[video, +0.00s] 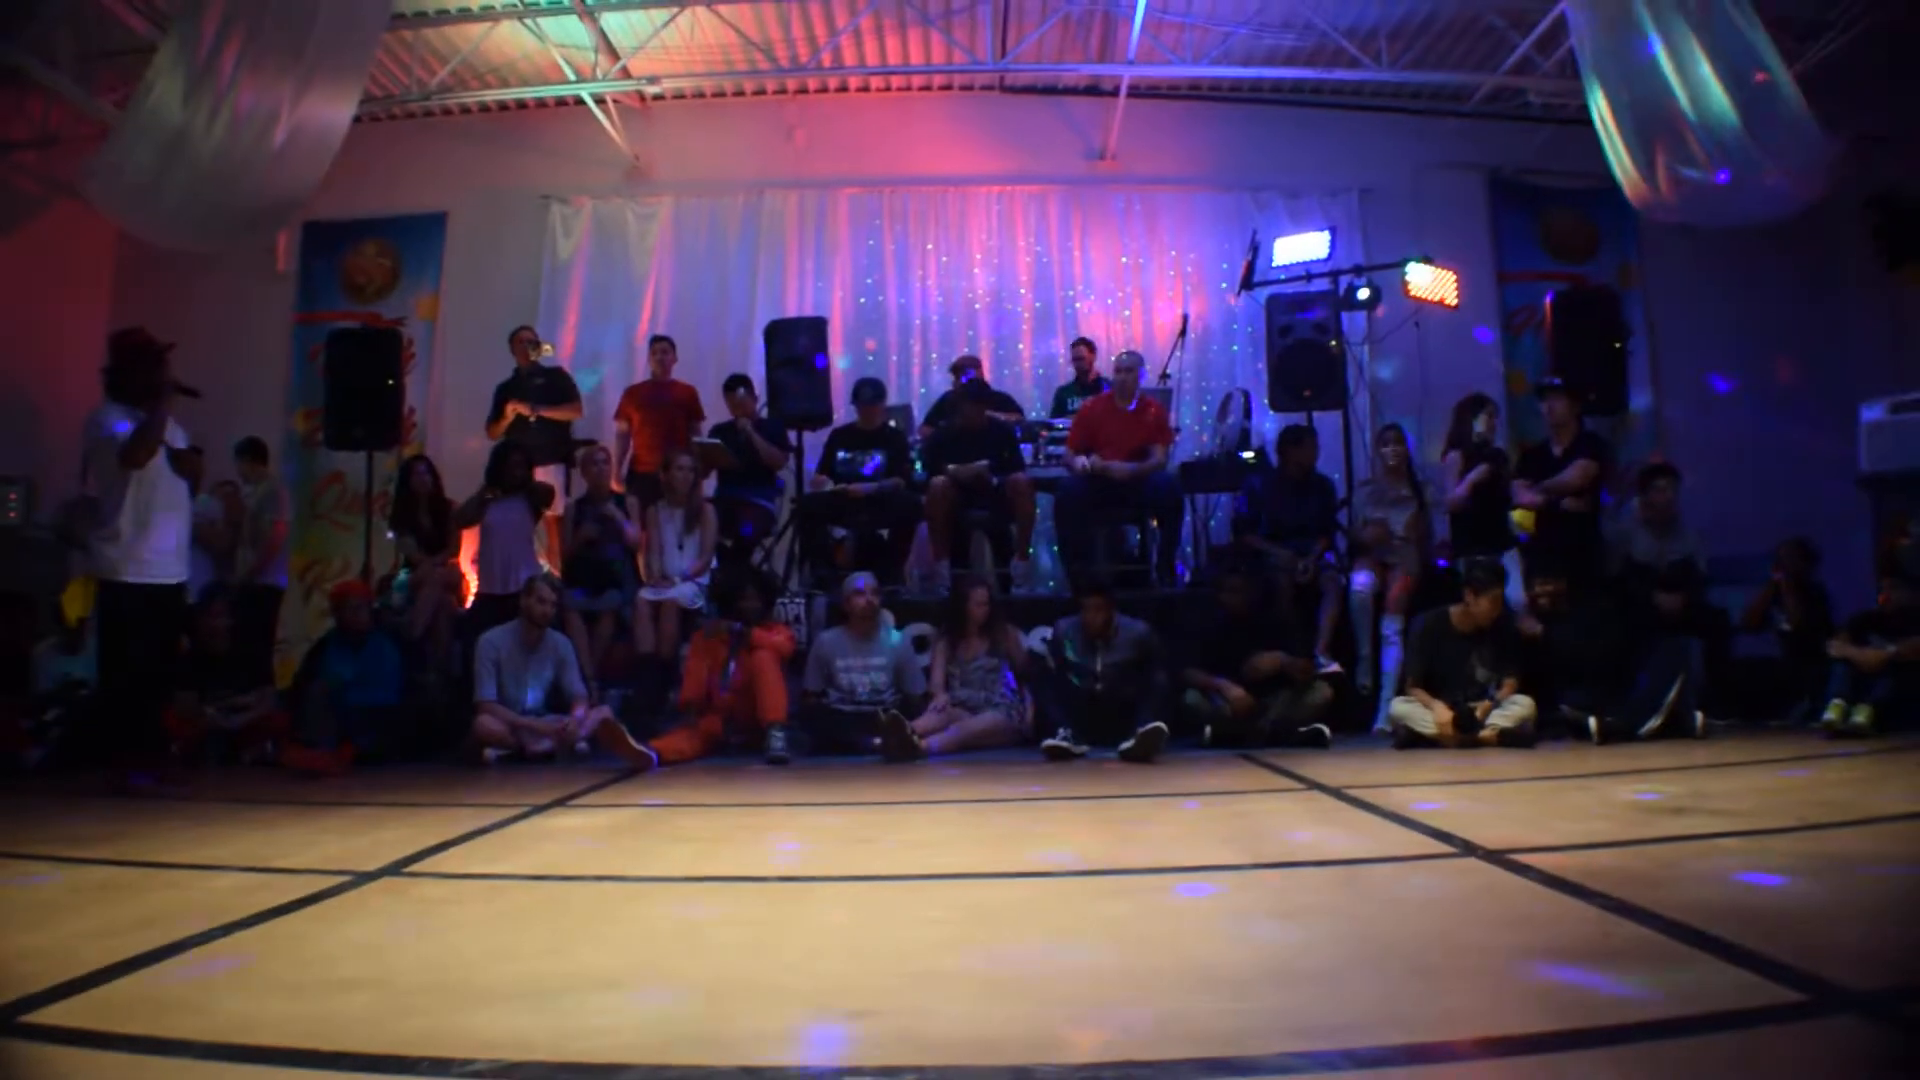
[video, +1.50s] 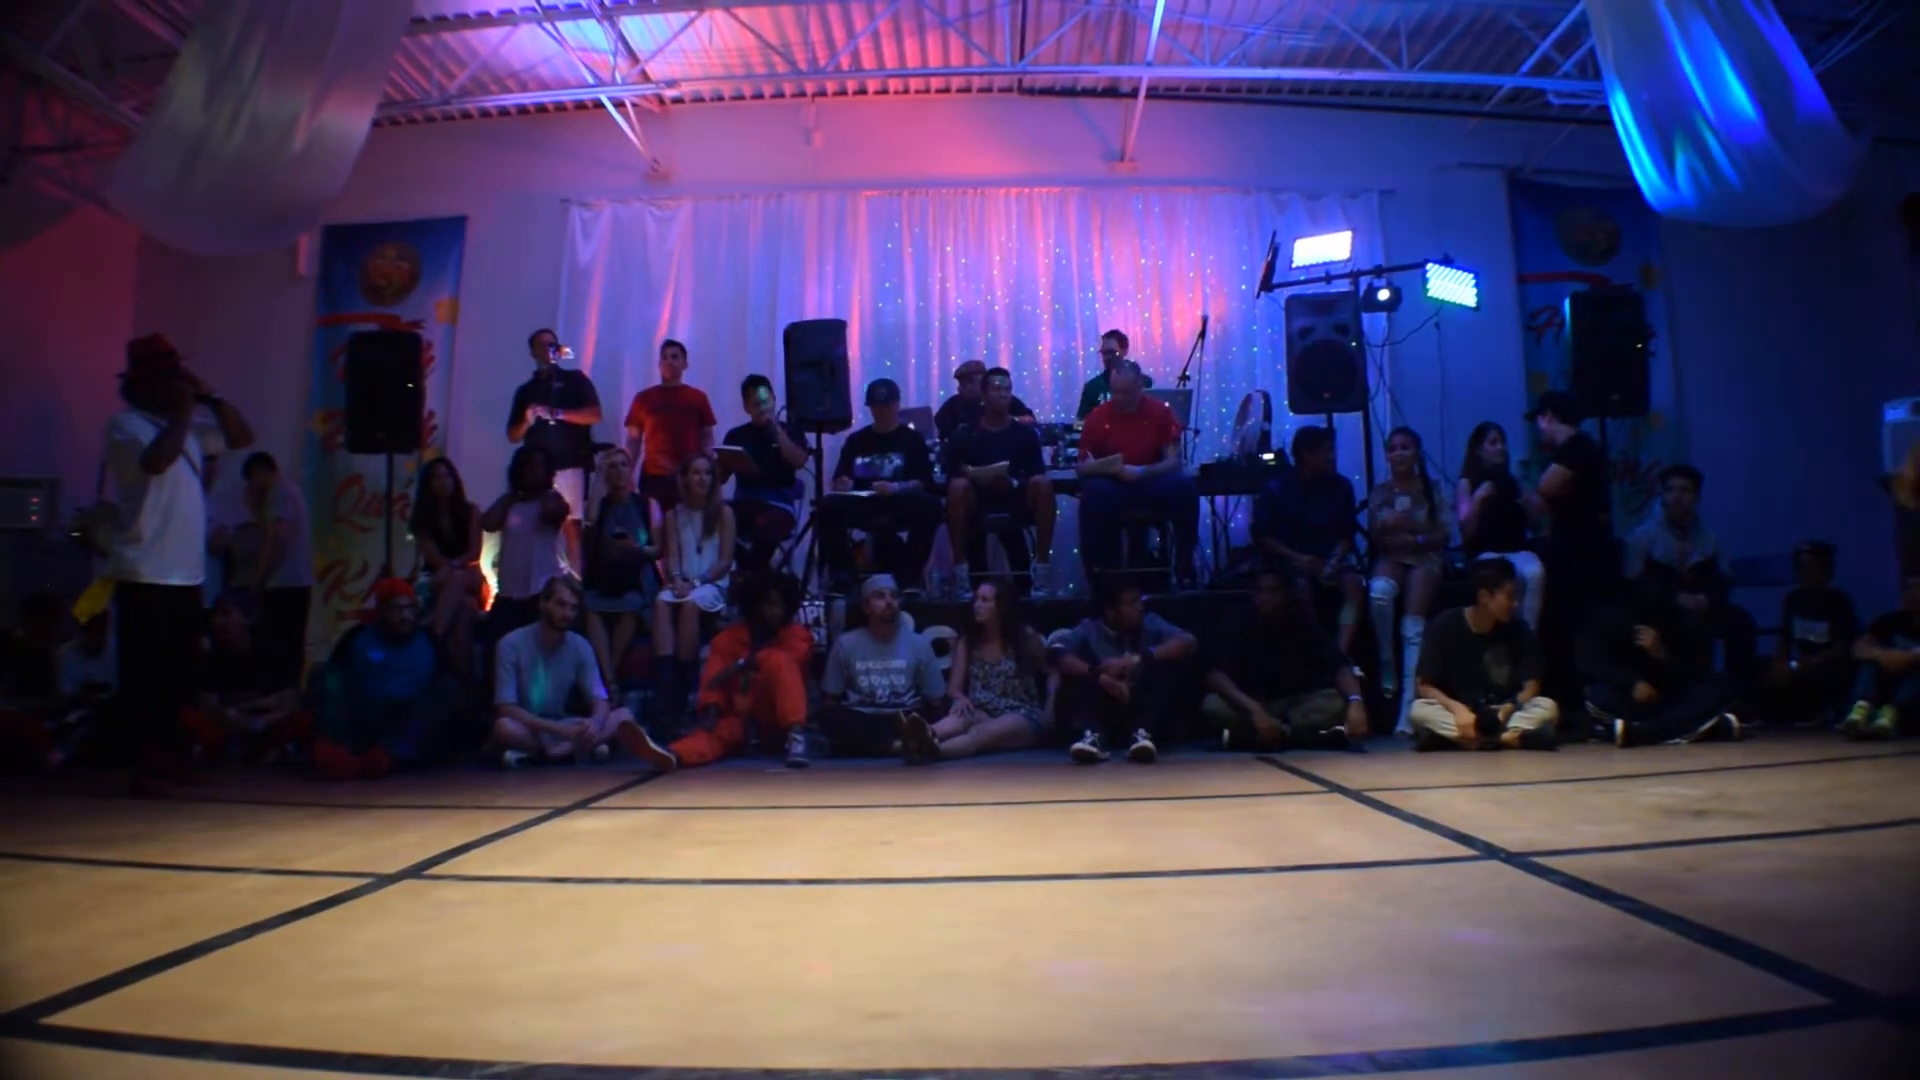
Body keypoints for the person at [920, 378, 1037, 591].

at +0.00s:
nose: (974, 414)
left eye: (980, 407)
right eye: (969, 407)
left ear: (987, 406)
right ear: (958, 407)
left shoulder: (1001, 431)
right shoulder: (942, 434)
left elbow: (1017, 469)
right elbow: (931, 471)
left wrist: (988, 475)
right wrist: (954, 472)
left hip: (994, 488)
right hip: (957, 489)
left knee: (1021, 483)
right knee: (939, 486)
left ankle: (1022, 558)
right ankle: (941, 561)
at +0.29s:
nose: (998, 406)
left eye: (1003, 400)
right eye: (993, 400)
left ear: (1013, 400)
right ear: (983, 400)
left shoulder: (1028, 430)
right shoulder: (970, 431)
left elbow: (1042, 469)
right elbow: (957, 470)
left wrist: (1014, 477)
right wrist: (984, 475)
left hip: (1019, 489)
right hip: (983, 490)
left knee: (1046, 484)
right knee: (964, 485)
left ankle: (1047, 560)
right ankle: (966, 564)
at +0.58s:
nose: (997, 394)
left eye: (1002, 388)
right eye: (992, 389)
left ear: (1015, 392)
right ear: (983, 393)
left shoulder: (1031, 427)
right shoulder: (971, 429)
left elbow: (1044, 468)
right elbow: (960, 466)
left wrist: (1013, 473)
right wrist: (986, 471)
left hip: (1021, 486)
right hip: (986, 488)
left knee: (1049, 481)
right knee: (966, 483)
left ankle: (1050, 558)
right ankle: (968, 562)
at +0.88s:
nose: (997, 391)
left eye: (1003, 386)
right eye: (993, 386)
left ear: (1015, 393)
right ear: (985, 391)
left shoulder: (1030, 430)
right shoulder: (972, 429)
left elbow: (1042, 469)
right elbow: (956, 465)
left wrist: (1014, 476)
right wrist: (979, 471)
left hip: (1018, 489)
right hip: (984, 489)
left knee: (1047, 482)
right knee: (964, 484)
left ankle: (1047, 559)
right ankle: (966, 564)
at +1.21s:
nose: (1003, 393)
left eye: (1008, 388)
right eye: (997, 387)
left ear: (1013, 394)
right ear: (987, 393)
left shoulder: (1027, 431)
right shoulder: (970, 429)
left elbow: (1039, 470)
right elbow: (953, 464)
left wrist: (1012, 480)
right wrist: (977, 472)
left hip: (1016, 490)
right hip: (981, 491)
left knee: (1044, 484)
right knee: (960, 486)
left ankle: (1044, 562)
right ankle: (962, 565)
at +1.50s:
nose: (1002, 393)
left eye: (1006, 388)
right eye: (996, 388)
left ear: (1011, 393)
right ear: (984, 394)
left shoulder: (1024, 432)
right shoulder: (967, 430)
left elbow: (1036, 470)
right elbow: (950, 465)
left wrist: (1009, 480)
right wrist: (975, 473)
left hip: (1013, 491)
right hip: (979, 492)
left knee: (1042, 485)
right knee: (958, 486)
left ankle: (1042, 563)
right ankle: (960, 567)